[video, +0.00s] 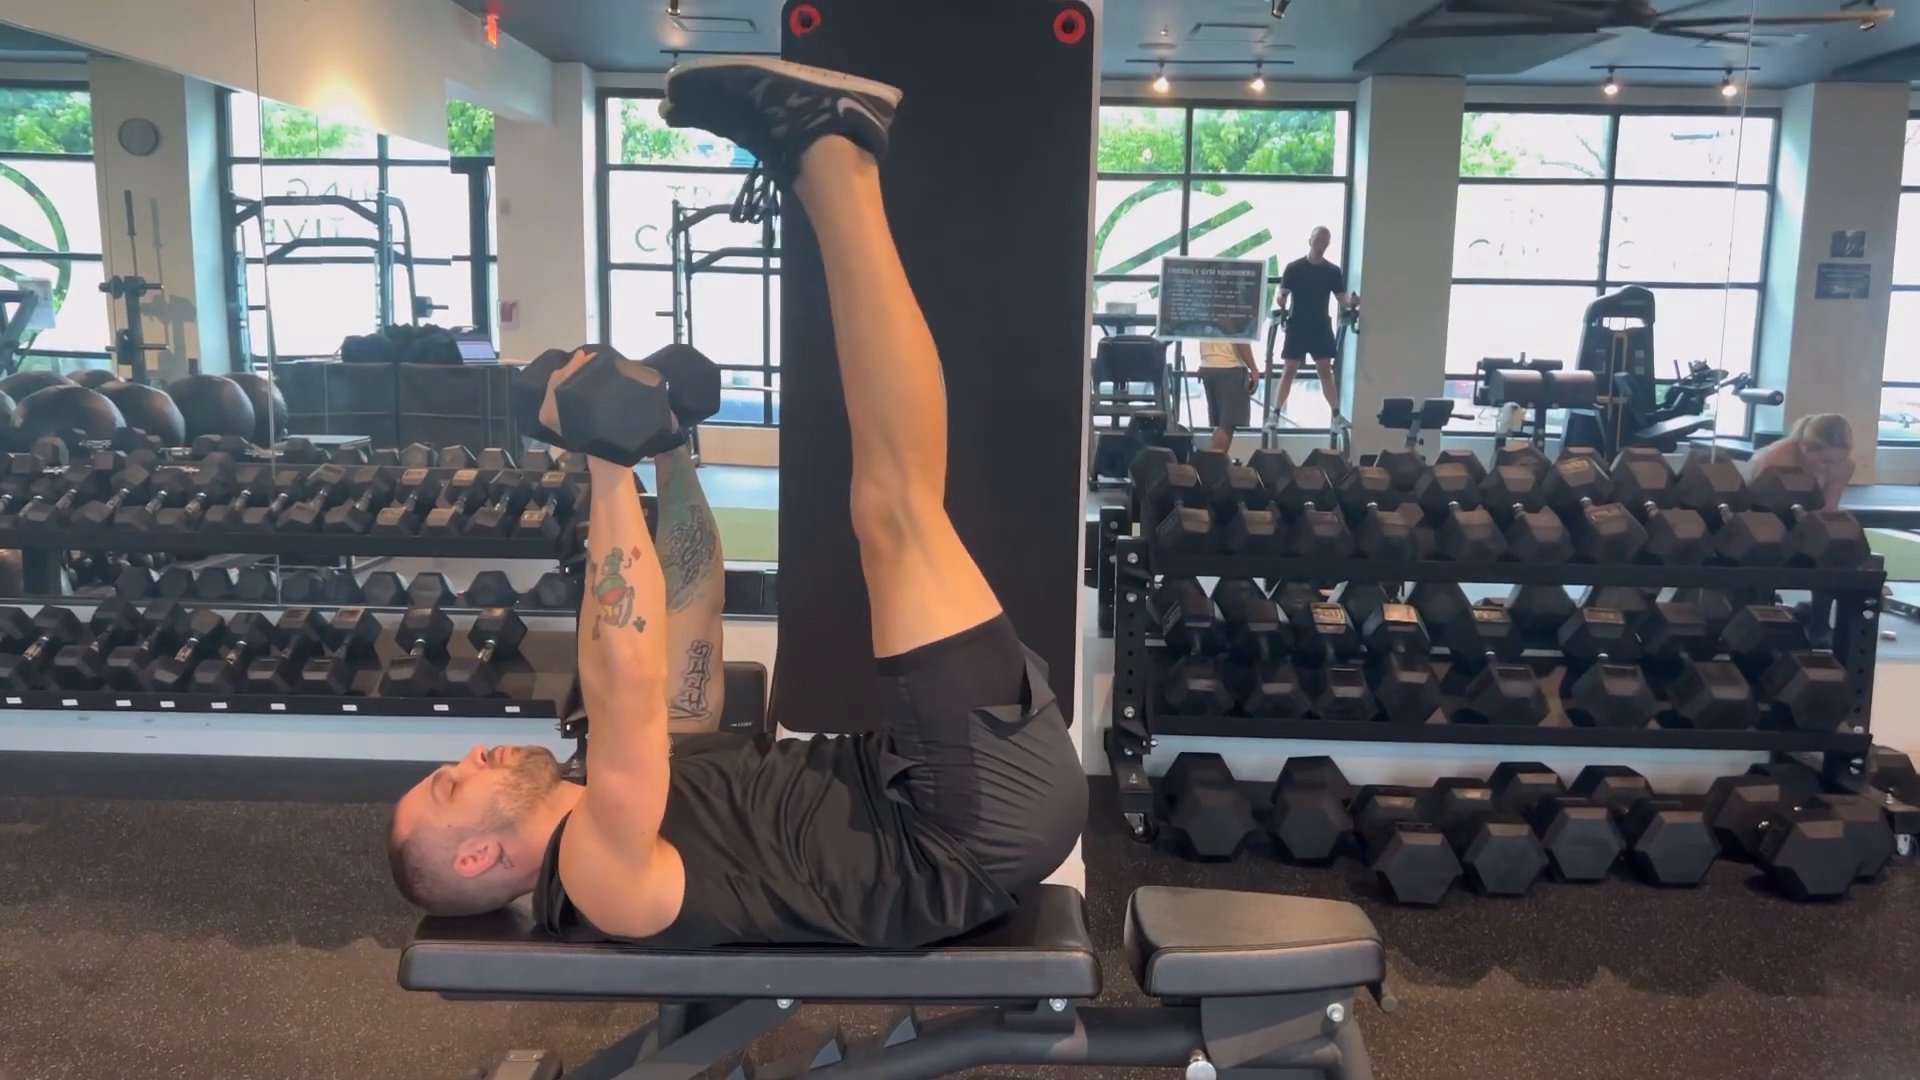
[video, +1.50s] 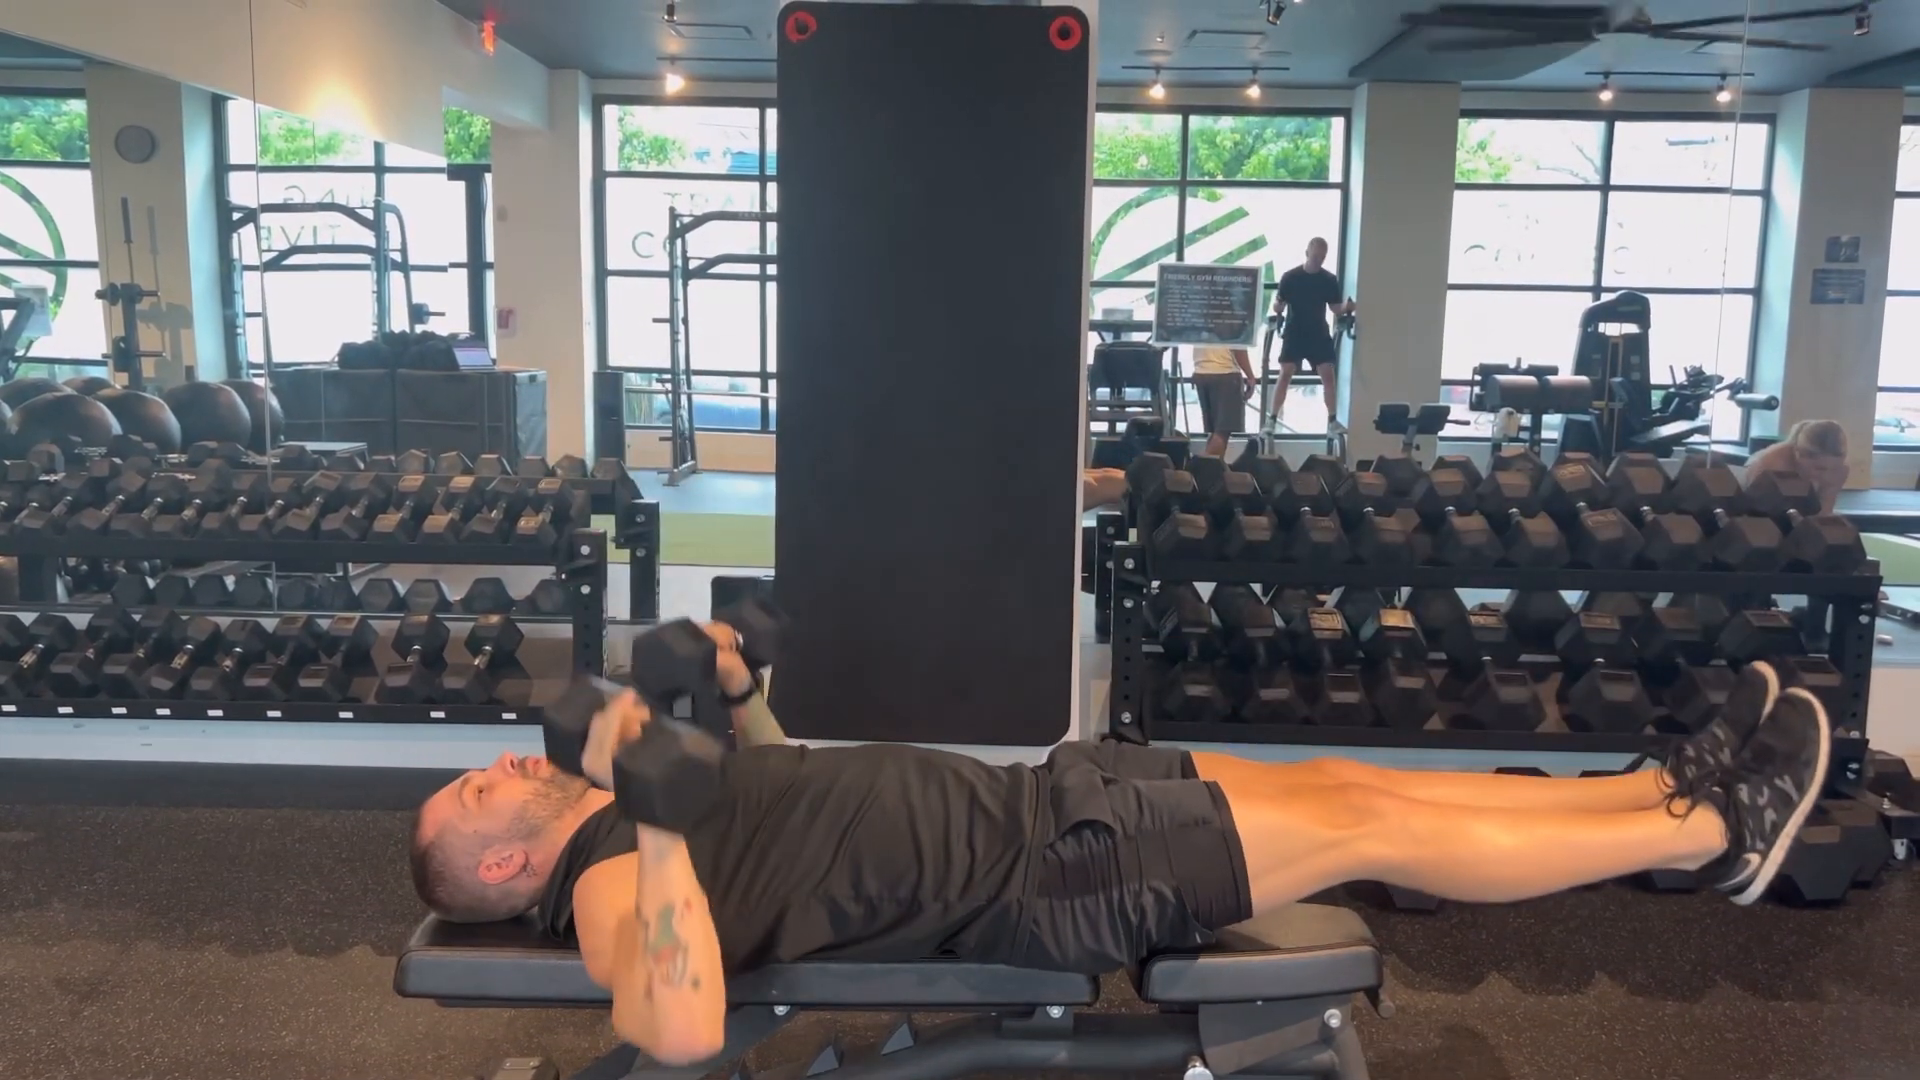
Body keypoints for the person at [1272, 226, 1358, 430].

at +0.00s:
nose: (1320, 246)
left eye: (1324, 243)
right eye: (1317, 242)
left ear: (1328, 245)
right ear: (1310, 241)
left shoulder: (1333, 271)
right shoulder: (1294, 268)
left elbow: (1342, 299)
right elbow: (1281, 296)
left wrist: (1352, 301)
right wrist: (1283, 309)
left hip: (1320, 325)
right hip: (1297, 324)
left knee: (1325, 371)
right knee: (1289, 370)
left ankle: (1336, 414)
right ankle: (1276, 412)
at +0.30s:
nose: (1317, 248)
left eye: (1321, 245)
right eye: (1314, 244)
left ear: (1326, 247)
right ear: (1308, 244)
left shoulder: (1333, 274)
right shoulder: (1294, 271)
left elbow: (1342, 302)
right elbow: (1281, 299)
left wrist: (1352, 304)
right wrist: (1282, 311)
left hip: (1320, 328)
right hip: (1297, 327)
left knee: (1325, 373)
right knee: (1289, 373)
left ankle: (1336, 418)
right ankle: (1276, 415)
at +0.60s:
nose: (1313, 246)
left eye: (1318, 243)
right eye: (1311, 242)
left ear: (1324, 247)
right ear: (1306, 245)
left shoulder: (1332, 275)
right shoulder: (1292, 273)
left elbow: (1342, 303)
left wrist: (1349, 308)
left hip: (1320, 329)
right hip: (1296, 328)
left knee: (1324, 376)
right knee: (1289, 374)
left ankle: (1331, 417)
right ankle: (1275, 418)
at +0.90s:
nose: (1312, 248)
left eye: (1316, 245)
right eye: (1311, 244)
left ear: (1320, 247)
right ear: (1307, 246)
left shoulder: (1331, 276)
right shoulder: (1291, 273)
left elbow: (1341, 305)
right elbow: (1280, 303)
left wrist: (1352, 306)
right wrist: (1281, 312)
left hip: (1319, 329)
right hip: (1295, 329)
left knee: (1324, 375)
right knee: (1288, 374)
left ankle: (1334, 419)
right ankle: (1274, 418)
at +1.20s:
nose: (1316, 254)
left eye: (1319, 251)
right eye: (1313, 249)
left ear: (1324, 250)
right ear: (1306, 247)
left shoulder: (1330, 276)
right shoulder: (1290, 274)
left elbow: (1339, 305)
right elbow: (1279, 302)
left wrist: (1350, 306)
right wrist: (1280, 312)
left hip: (1318, 329)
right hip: (1294, 329)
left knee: (1323, 375)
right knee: (1287, 374)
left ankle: (1333, 419)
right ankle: (1273, 417)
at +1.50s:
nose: (1318, 261)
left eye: (1322, 257)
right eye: (1315, 256)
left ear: (1325, 257)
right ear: (1307, 252)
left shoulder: (1329, 280)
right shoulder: (1291, 277)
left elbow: (1336, 309)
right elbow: (1278, 305)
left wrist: (1347, 308)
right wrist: (1278, 307)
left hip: (1318, 333)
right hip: (1294, 332)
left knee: (1328, 376)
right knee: (1285, 374)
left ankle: (1332, 421)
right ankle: (1272, 418)